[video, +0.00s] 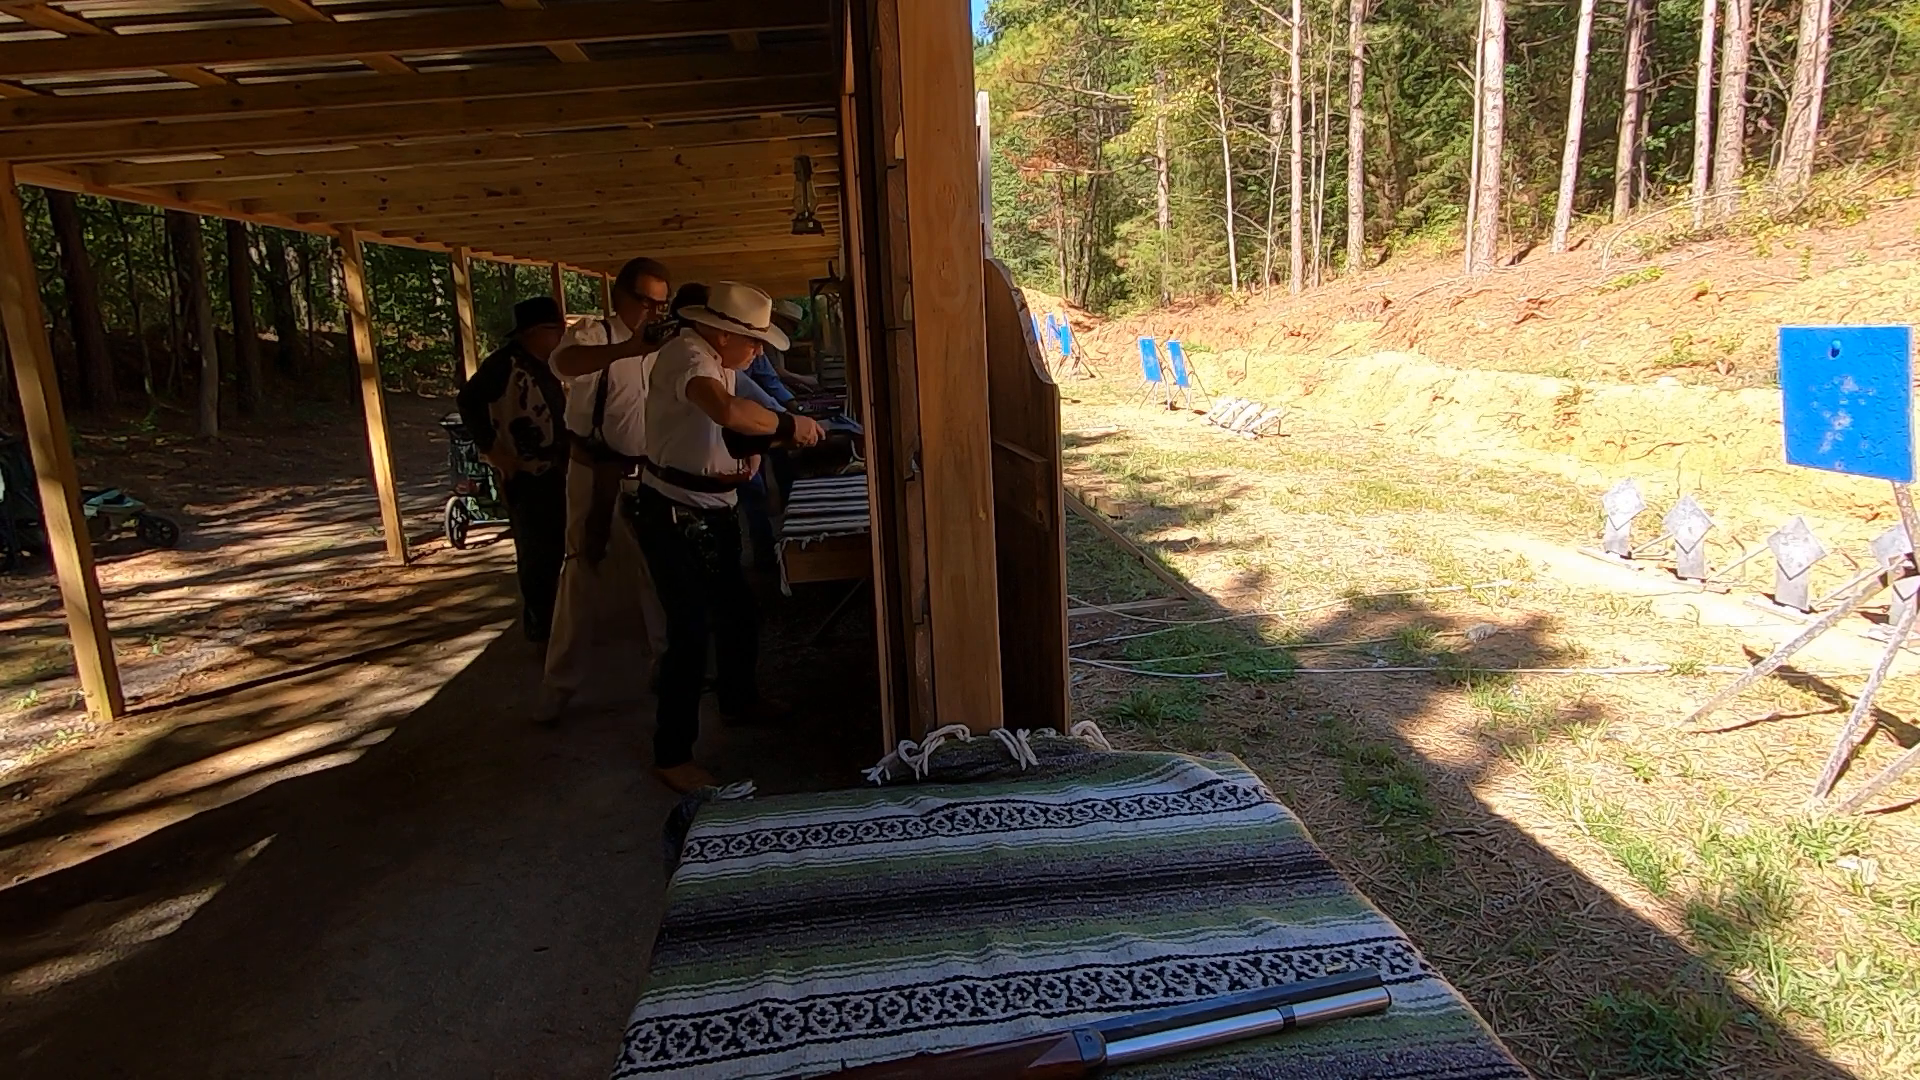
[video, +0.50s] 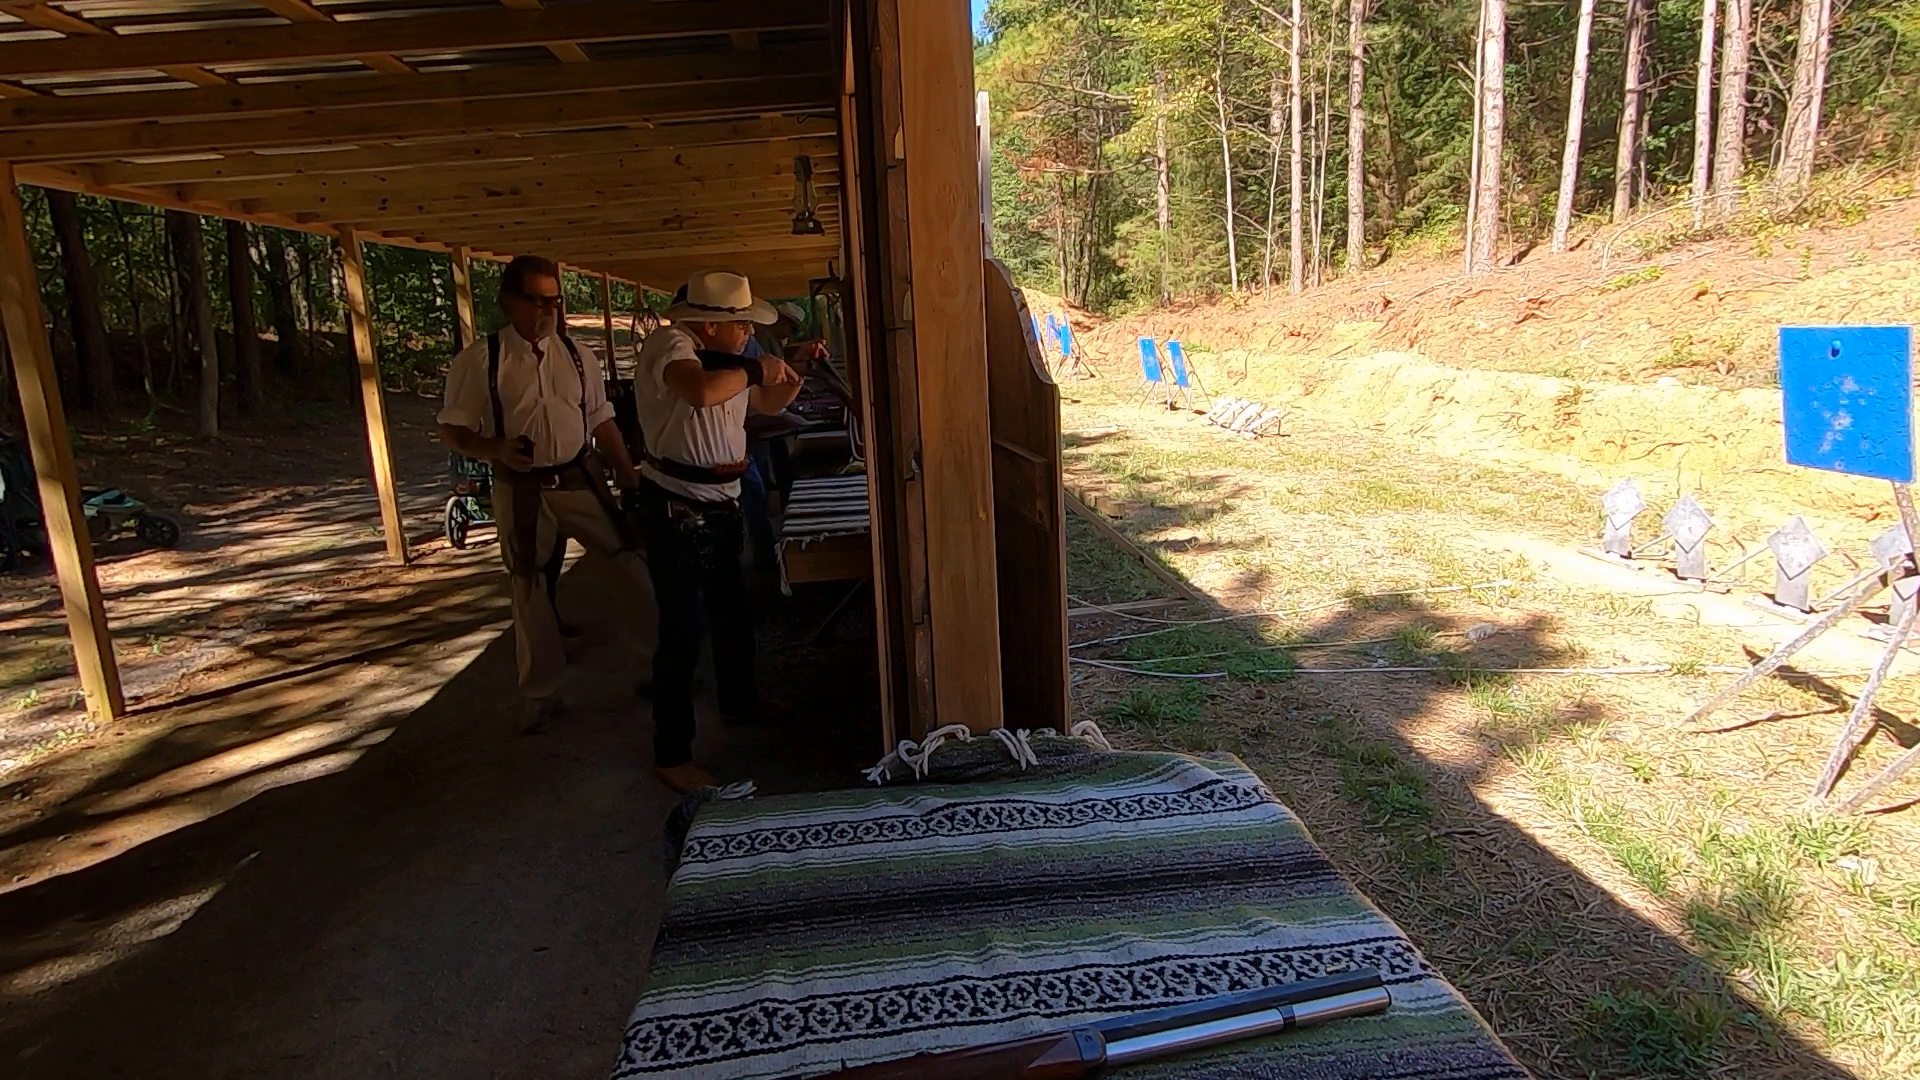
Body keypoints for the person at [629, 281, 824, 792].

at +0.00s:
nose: (757, 355)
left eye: (760, 346)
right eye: (753, 344)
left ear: (727, 335)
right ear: (725, 333)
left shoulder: (717, 362)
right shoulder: (686, 353)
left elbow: (722, 424)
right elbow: (724, 409)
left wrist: (751, 450)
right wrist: (786, 423)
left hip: (717, 512)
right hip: (672, 513)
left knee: (737, 613)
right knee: (689, 632)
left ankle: (740, 706)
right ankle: (673, 756)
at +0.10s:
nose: (758, 343)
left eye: (759, 335)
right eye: (754, 333)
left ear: (725, 329)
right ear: (723, 327)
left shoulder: (716, 360)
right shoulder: (679, 344)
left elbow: (708, 426)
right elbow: (722, 391)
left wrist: (746, 447)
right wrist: (781, 387)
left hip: (719, 508)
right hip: (676, 511)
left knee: (733, 615)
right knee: (686, 632)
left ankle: (740, 709)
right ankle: (673, 756)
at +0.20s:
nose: (759, 337)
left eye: (759, 329)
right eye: (753, 329)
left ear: (726, 327)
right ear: (721, 326)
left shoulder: (721, 362)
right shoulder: (673, 343)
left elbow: (711, 432)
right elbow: (709, 389)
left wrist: (751, 445)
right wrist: (762, 372)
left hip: (720, 507)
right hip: (674, 510)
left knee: (732, 614)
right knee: (686, 629)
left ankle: (739, 707)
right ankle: (673, 755)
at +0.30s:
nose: (754, 336)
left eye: (754, 328)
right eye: (747, 327)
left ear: (722, 326)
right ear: (717, 325)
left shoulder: (723, 362)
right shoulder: (670, 343)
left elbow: (732, 423)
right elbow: (704, 390)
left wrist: (774, 405)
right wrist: (758, 368)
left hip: (723, 506)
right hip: (675, 508)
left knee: (733, 613)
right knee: (684, 629)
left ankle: (739, 707)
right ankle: (673, 756)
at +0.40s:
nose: (750, 333)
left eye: (750, 324)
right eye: (743, 325)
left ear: (722, 324)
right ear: (712, 323)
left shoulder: (730, 359)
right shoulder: (669, 343)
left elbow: (757, 415)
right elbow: (702, 390)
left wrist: (784, 383)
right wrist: (755, 370)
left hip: (724, 508)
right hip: (674, 510)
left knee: (734, 615)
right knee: (682, 632)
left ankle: (739, 707)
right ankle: (672, 756)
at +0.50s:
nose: (748, 333)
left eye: (748, 324)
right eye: (740, 325)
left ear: (724, 324)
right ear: (710, 323)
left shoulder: (729, 358)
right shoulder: (668, 343)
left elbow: (771, 401)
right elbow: (702, 390)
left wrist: (797, 368)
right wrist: (755, 369)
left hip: (723, 507)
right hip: (672, 509)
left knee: (734, 614)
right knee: (682, 631)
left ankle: (740, 708)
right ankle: (672, 756)